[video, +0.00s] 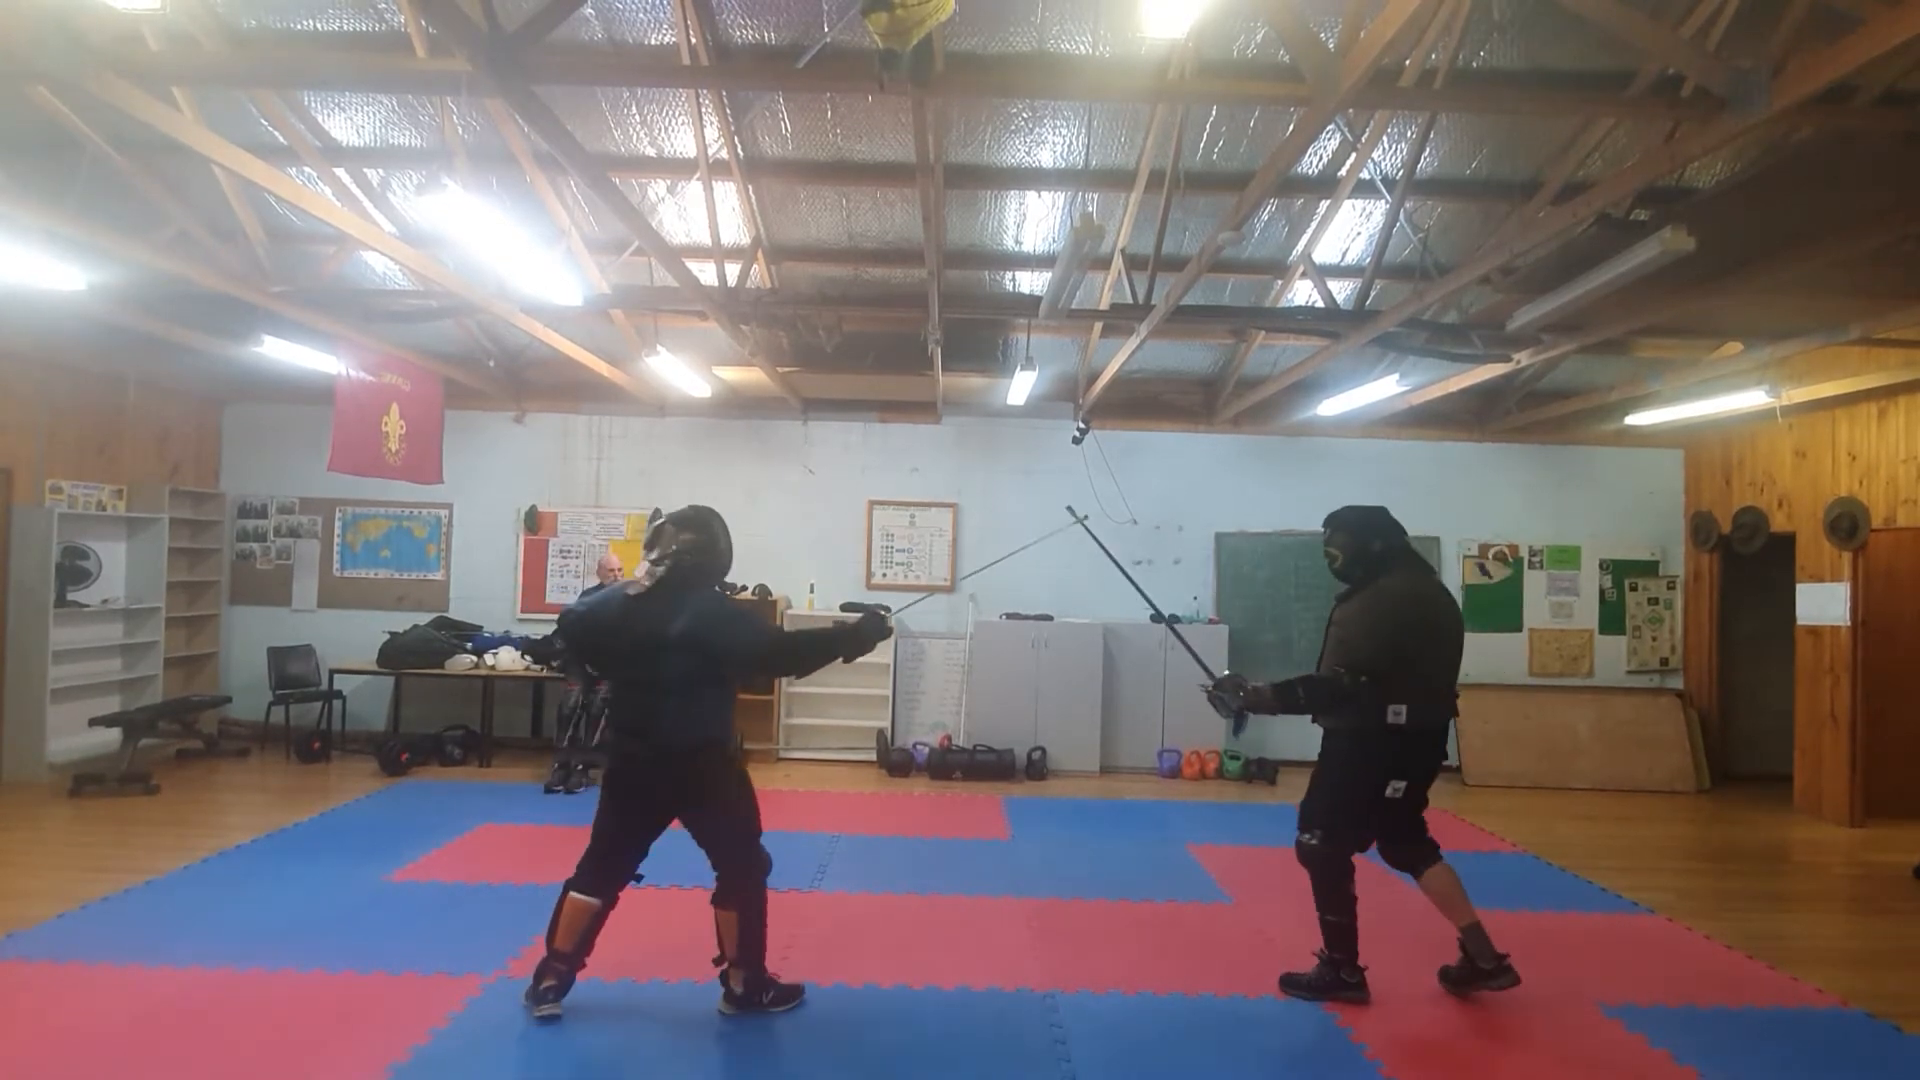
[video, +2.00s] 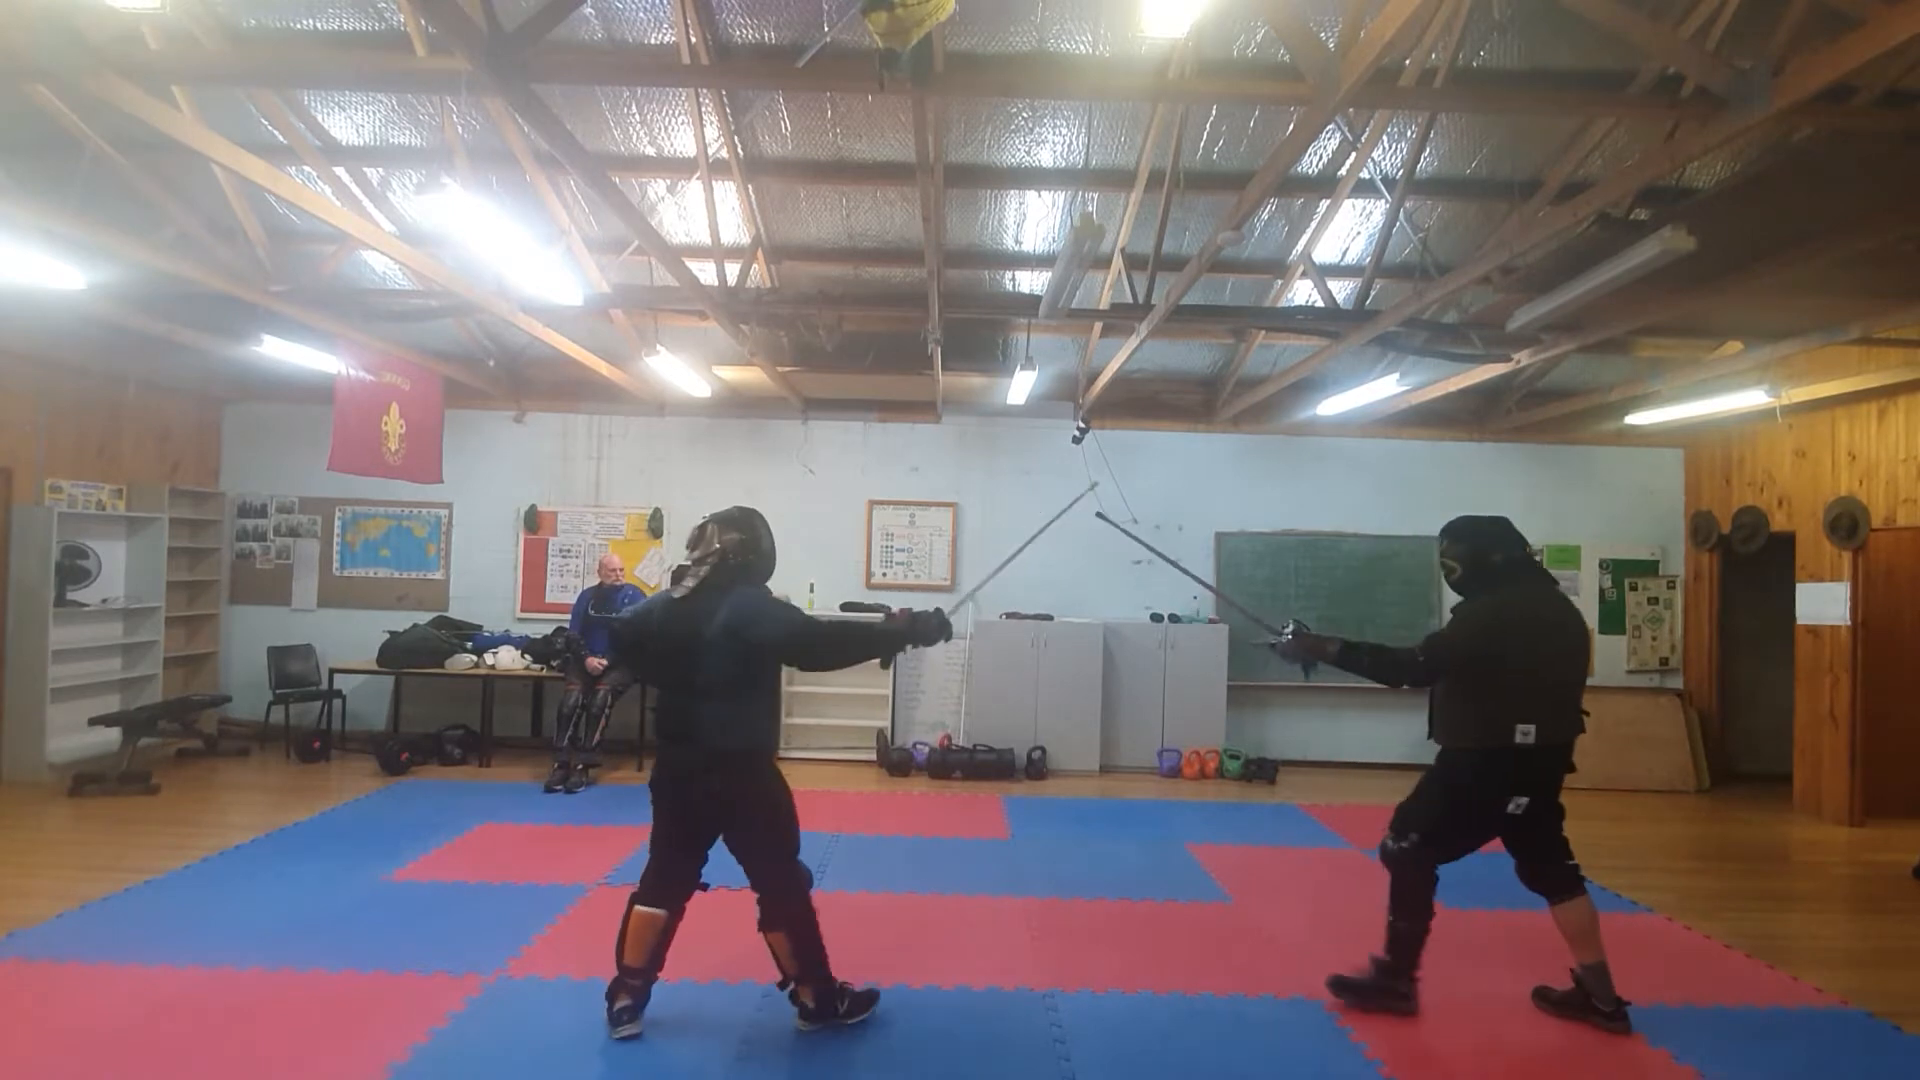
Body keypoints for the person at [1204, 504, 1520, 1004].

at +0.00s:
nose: (1329, 559)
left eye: (1336, 548)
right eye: (1327, 549)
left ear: (1368, 545)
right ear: (1385, 543)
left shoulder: (1367, 603)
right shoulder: (1430, 592)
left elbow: (1339, 688)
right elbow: (1428, 683)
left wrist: (1258, 697)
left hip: (1364, 743)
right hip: (1421, 741)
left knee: (1321, 843)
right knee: (1404, 839)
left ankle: (1341, 967)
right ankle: (1483, 955)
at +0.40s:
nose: (1367, 569)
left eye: (1372, 558)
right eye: (1365, 559)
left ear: (1399, 555)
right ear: (1421, 551)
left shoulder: (1404, 610)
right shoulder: (1472, 603)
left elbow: (1370, 684)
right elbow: (1472, 689)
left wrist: (1282, 690)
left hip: (1397, 758)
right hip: (1456, 757)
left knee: (1340, 844)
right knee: (1476, 857)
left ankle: (1343, 970)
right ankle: (1512, 973)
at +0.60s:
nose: (1390, 567)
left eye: (1395, 556)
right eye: (1387, 556)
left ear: (1424, 552)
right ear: (1448, 550)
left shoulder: (1427, 607)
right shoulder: (1496, 603)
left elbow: (1386, 675)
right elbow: (1497, 690)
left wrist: (1296, 681)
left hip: (1419, 756)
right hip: (1478, 756)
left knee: (1369, 848)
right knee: (1492, 857)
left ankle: (1348, 968)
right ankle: (1514, 974)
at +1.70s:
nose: (1401, 578)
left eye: (1406, 567)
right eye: (1399, 568)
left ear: (1435, 564)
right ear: (1458, 562)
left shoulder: (1440, 617)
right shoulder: (1512, 616)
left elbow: (1369, 665)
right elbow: (1511, 703)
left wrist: (1281, 643)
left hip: (1432, 768)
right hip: (1494, 771)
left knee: (1364, 851)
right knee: (1518, 869)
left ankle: (1345, 970)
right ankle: (1589, 984)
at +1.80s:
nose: (1419, 578)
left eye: (1424, 567)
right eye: (1417, 568)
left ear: (1454, 564)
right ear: (1480, 561)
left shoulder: (1460, 616)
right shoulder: (1532, 613)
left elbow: (1390, 668)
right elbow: (1534, 701)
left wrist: (1298, 647)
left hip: (1457, 765)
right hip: (1519, 765)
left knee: (1391, 855)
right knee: (1538, 870)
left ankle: (1350, 968)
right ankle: (1596, 991)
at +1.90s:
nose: (1437, 576)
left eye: (1442, 565)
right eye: (1435, 566)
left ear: (1471, 559)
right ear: (1498, 556)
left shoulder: (1478, 612)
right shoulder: (1548, 608)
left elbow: (1407, 667)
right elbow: (1546, 690)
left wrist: (1318, 651)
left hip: (1473, 760)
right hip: (1535, 759)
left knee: (1408, 855)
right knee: (1544, 867)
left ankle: (1360, 967)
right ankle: (1598, 992)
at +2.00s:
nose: (1450, 577)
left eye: (1455, 565)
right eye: (1447, 566)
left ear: (1485, 559)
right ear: (1512, 555)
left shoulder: (1486, 613)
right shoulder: (1562, 610)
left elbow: (1417, 666)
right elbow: (1563, 698)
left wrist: (1328, 649)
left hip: (1478, 763)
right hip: (1541, 763)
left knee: (1409, 849)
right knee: (1552, 869)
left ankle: (1396, 978)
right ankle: (1600, 993)